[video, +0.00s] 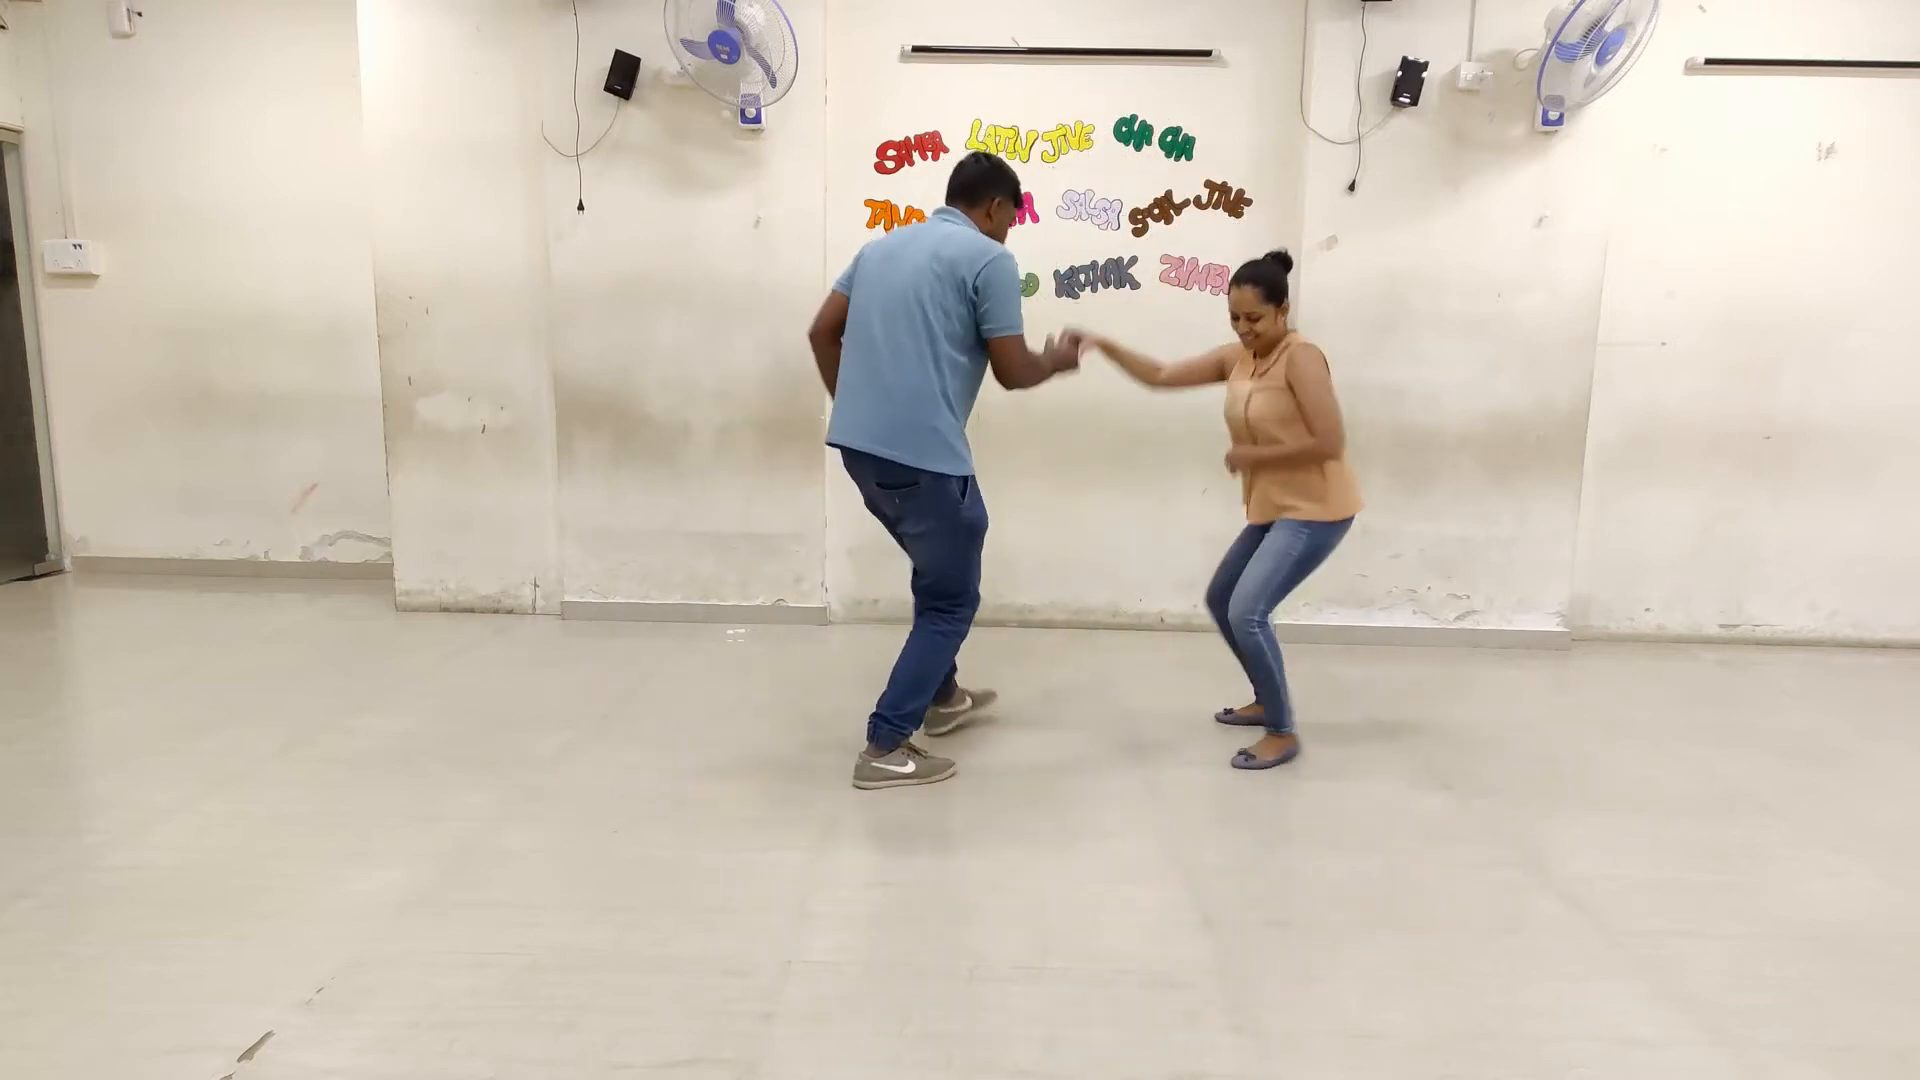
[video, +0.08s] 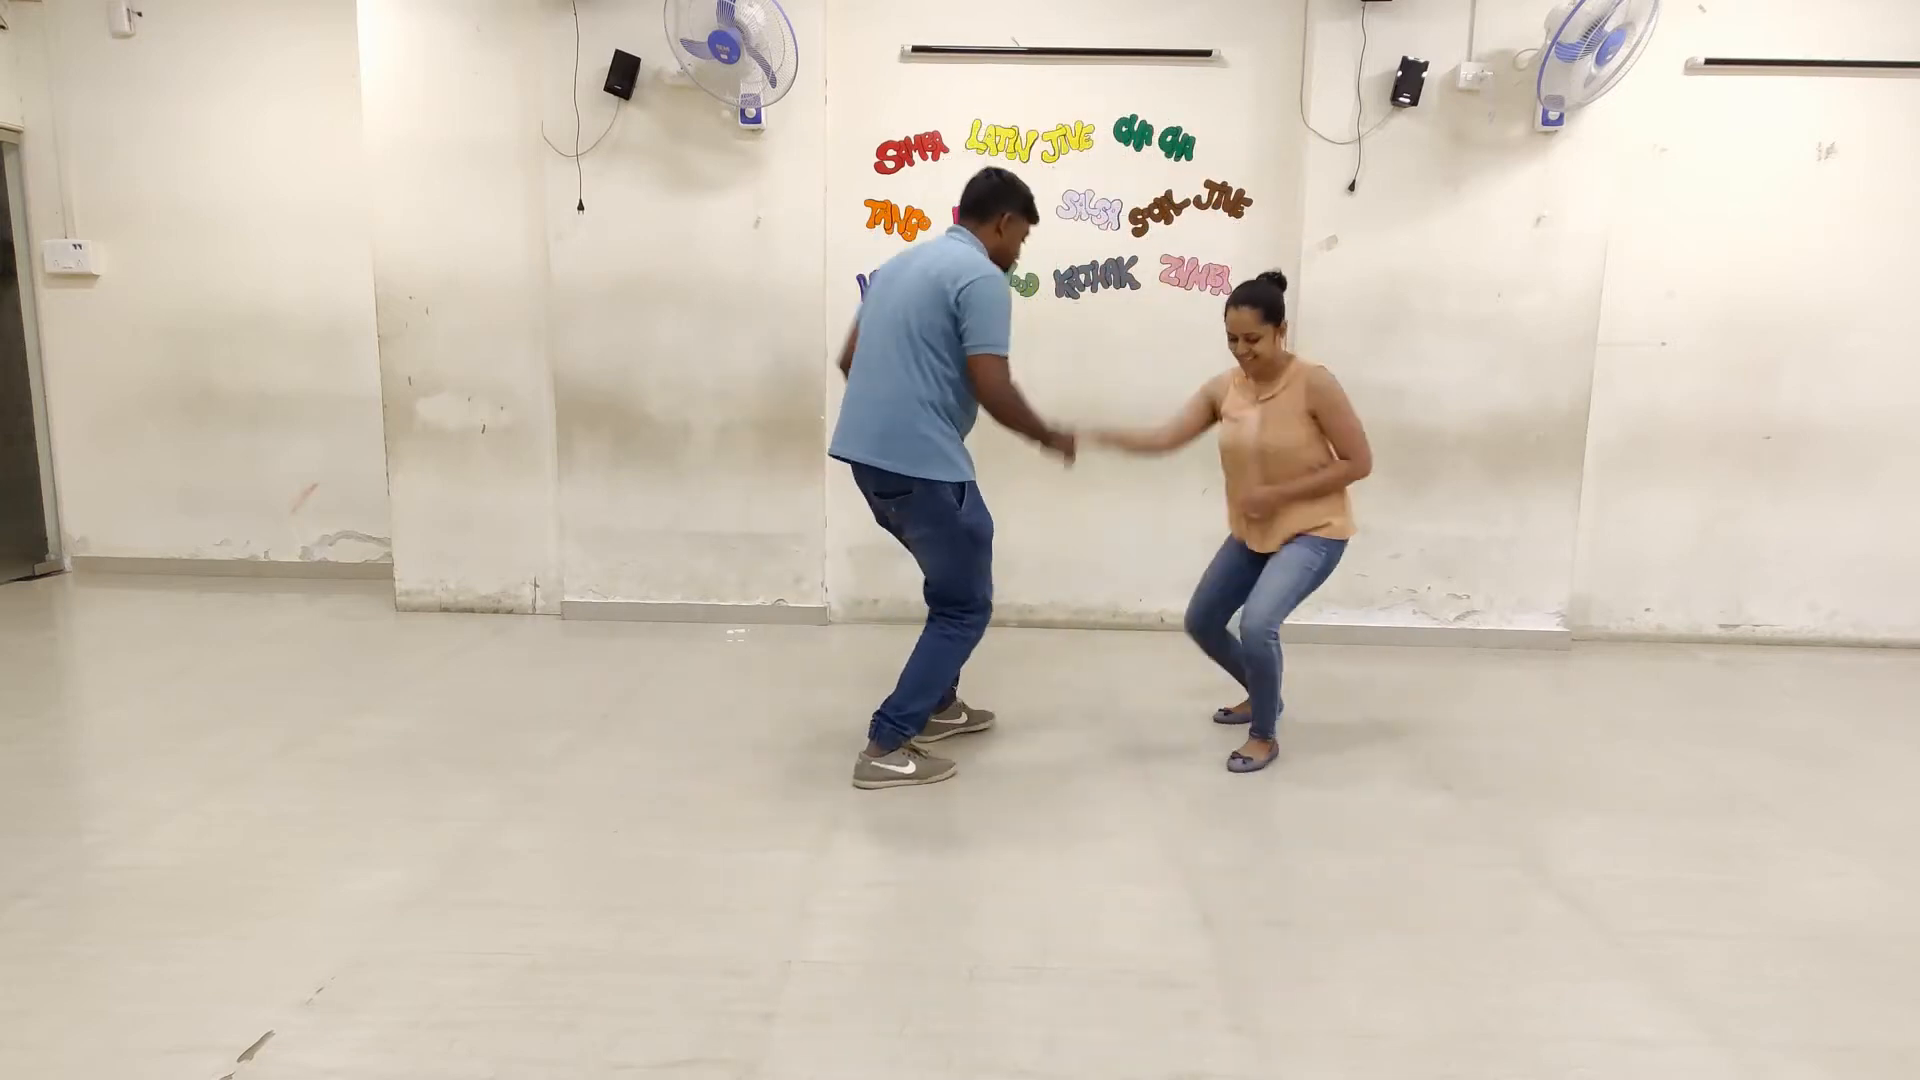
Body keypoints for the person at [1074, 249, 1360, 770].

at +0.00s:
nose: (1244, 327)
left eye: (1254, 316)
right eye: (1236, 316)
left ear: (1282, 309)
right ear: (1229, 310)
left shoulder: (1304, 359)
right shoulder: (1235, 356)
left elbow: (1330, 442)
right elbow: (1160, 375)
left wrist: (1253, 456)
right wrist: (1100, 344)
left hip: (1317, 511)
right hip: (1271, 511)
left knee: (1246, 610)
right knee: (1221, 600)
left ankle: (1283, 735)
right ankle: (1270, 702)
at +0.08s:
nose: (1242, 349)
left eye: (1253, 338)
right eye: (1234, 339)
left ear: (1281, 330)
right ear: (1226, 333)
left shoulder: (1314, 383)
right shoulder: (1223, 390)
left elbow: (1359, 462)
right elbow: (1166, 439)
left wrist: (1280, 493)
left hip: (1314, 533)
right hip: (1251, 533)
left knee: (1256, 625)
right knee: (1203, 623)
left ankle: (1263, 738)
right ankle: (1260, 690)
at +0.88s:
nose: (1218, 316)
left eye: (1229, 309)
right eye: (1219, 306)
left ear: (1264, 317)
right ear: (1239, 315)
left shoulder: (1294, 379)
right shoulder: (1217, 377)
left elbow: (1315, 472)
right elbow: (1202, 458)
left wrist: (1237, 490)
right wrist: (1154, 490)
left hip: (1282, 532)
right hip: (1222, 528)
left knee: (1232, 631)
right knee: (1171, 609)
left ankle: (1272, 739)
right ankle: (1221, 705)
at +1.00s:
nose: (1219, 290)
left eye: (1229, 281)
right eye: (1222, 279)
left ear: (1262, 291)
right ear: (1258, 290)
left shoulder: (1267, 346)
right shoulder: (1255, 343)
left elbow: (1257, 435)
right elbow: (1216, 415)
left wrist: (1205, 450)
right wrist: (1137, 412)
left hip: (1282, 502)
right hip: (1259, 500)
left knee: (1230, 621)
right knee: (1200, 589)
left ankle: (1293, 744)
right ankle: (1223, 704)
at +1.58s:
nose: (1272, 286)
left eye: (1285, 279)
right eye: (1263, 274)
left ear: (1296, 291)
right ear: (1242, 279)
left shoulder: (1315, 352)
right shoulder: (1209, 349)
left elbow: (1343, 436)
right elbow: (1159, 418)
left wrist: (1261, 448)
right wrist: (1149, 470)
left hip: (1286, 514)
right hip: (1214, 506)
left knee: (1259, 633)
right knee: (1181, 612)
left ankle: (1218, 731)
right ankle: (1206, 682)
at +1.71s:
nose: (1320, 276)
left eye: (1321, 266)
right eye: (1311, 266)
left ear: (1292, 271)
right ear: (1276, 269)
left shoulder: (1315, 338)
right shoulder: (1234, 342)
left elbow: (1327, 413)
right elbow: (1234, 438)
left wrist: (1322, 428)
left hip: (1293, 502)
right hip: (1230, 498)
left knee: (1273, 630)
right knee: (1231, 619)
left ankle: (1218, 729)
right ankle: (1164, 674)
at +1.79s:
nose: (1331, 264)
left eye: (1328, 254)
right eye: (1324, 254)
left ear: (1295, 263)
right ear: (1296, 261)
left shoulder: (1293, 326)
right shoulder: (1264, 328)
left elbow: (1293, 413)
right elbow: (1285, 422)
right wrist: (1366, 438)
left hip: (1282, 491)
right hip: (1243, 490)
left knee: (1277, 614)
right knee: (1273, 611)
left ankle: (1214, 726)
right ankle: (1182, 702)